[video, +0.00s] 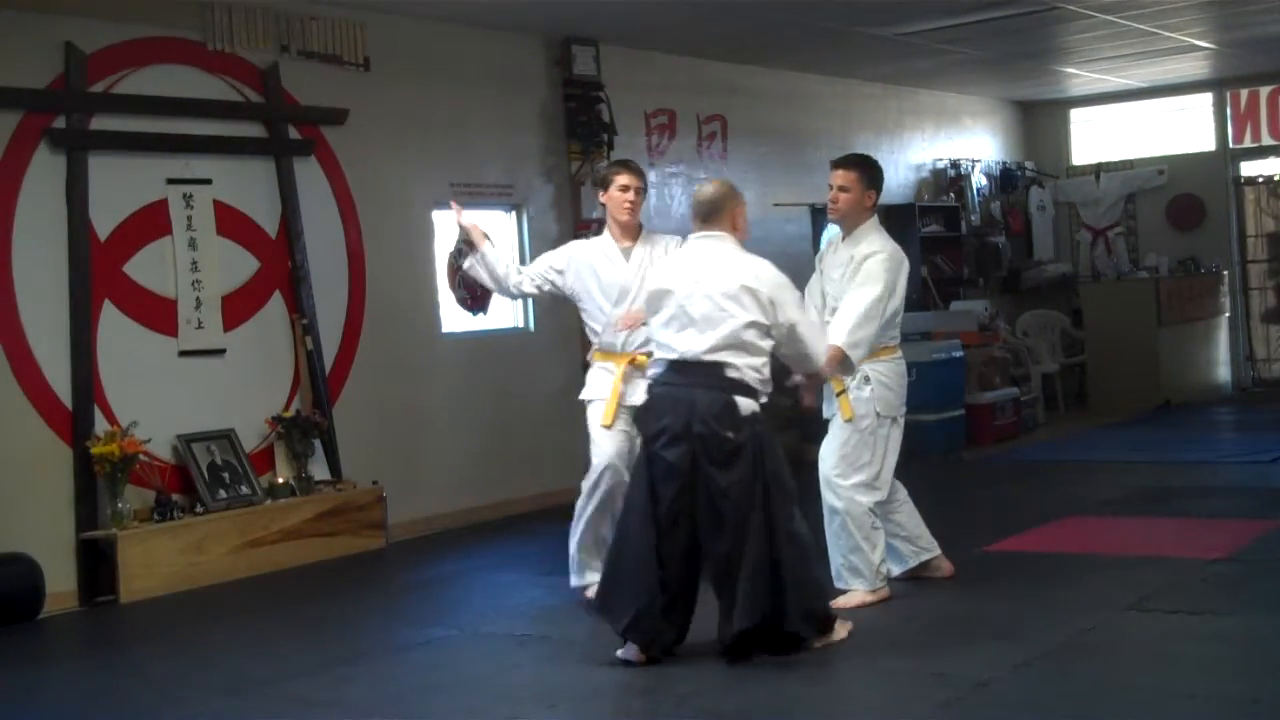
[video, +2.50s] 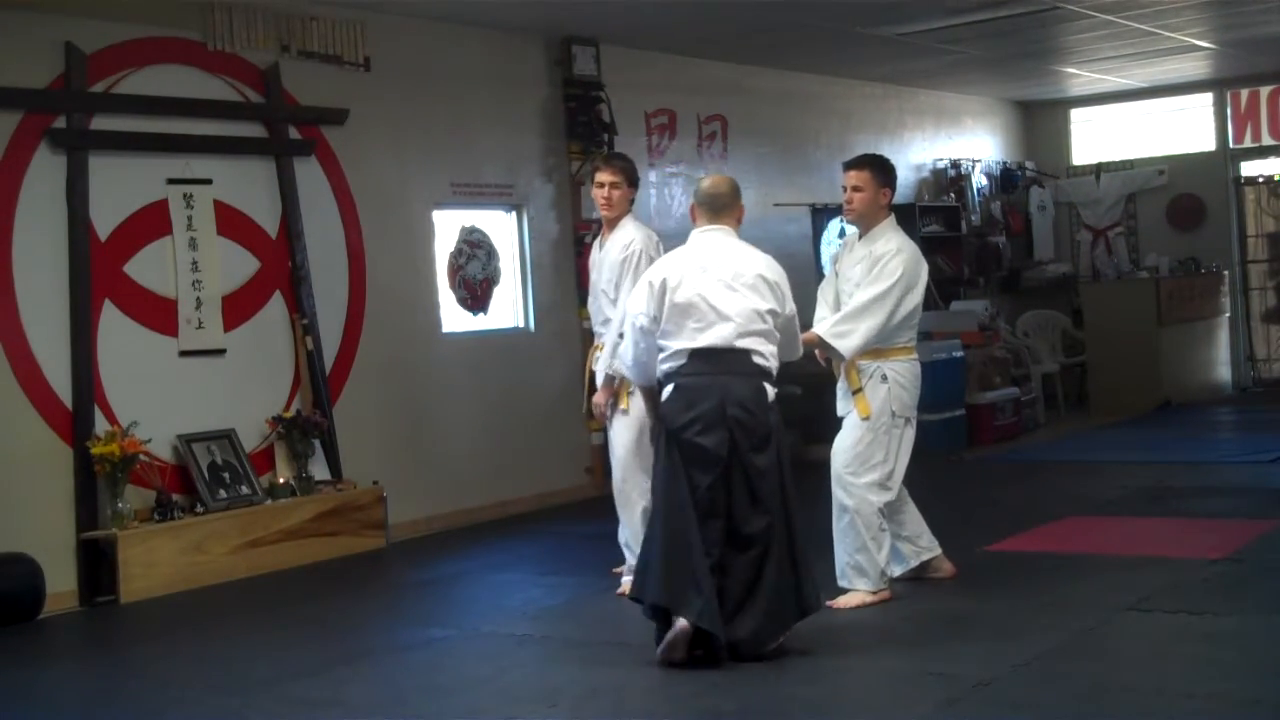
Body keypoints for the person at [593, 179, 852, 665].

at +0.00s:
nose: (747, 221)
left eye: (743, 213)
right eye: (745, 214)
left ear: (695, 220)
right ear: (738, 218)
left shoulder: (663, 266)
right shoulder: (759, 274)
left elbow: (634, 321)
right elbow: (810, 351)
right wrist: (812, 375)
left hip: (665, 400)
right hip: (730, 403)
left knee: (661, 519)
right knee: (760, 516)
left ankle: (643, 637)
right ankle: (808, 623)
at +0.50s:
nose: (856, 236)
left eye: (855, 228)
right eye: (856, 228)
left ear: (808, 223)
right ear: (844, 227)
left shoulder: (771, 261)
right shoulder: (845, 277)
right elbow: (910, 336)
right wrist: (941, 346)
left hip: (714, 381)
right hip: (774, 393)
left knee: (693, 502)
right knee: (802, 513)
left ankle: (650, 612)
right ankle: (815, 624)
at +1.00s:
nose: (847, 232)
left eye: (846, 224)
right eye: (845, 224)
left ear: (792, 221)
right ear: (831, 224)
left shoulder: (755, 259)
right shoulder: (837, 275)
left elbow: (736, 307)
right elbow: (895, 334)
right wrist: (930, 358)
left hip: (714, 378)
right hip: (777, 388)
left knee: (697, 501)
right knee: (797, 513)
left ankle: (674, 609)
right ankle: (811, 625)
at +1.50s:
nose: (738, 221)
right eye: (737, 214)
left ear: (685, 219)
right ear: (733, 216)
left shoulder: (650, 276)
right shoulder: (761, 273)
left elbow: (631, 360)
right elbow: (791, 354)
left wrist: (673, 372)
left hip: (668, 410)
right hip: (737, 409)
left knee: (675, 526)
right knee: (755, 519)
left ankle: (683, 644)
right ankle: (792, 625)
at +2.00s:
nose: (700, 211)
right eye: (697, 204)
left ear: (645, 214)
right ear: (692, 208)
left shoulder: (629, 263)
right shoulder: (732, 260)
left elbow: (605, 346)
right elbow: (766, 333)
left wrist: (607, 427)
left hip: (659, 405)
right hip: (727, 401)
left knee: (664, 526)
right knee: (745, 514)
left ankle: (679, 650)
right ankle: (767, 627)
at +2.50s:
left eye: (695, 210)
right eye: (740, 213)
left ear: (692, 214)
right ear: (740, 215)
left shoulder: (663, 270)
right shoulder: (767, 267)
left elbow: (638, 352)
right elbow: (791, 347)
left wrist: (656, 405)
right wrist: (756, 361)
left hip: (688, 385)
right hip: (750, 384)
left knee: (690, 507)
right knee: (754, 506)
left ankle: (686, 612)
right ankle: (755, 625)